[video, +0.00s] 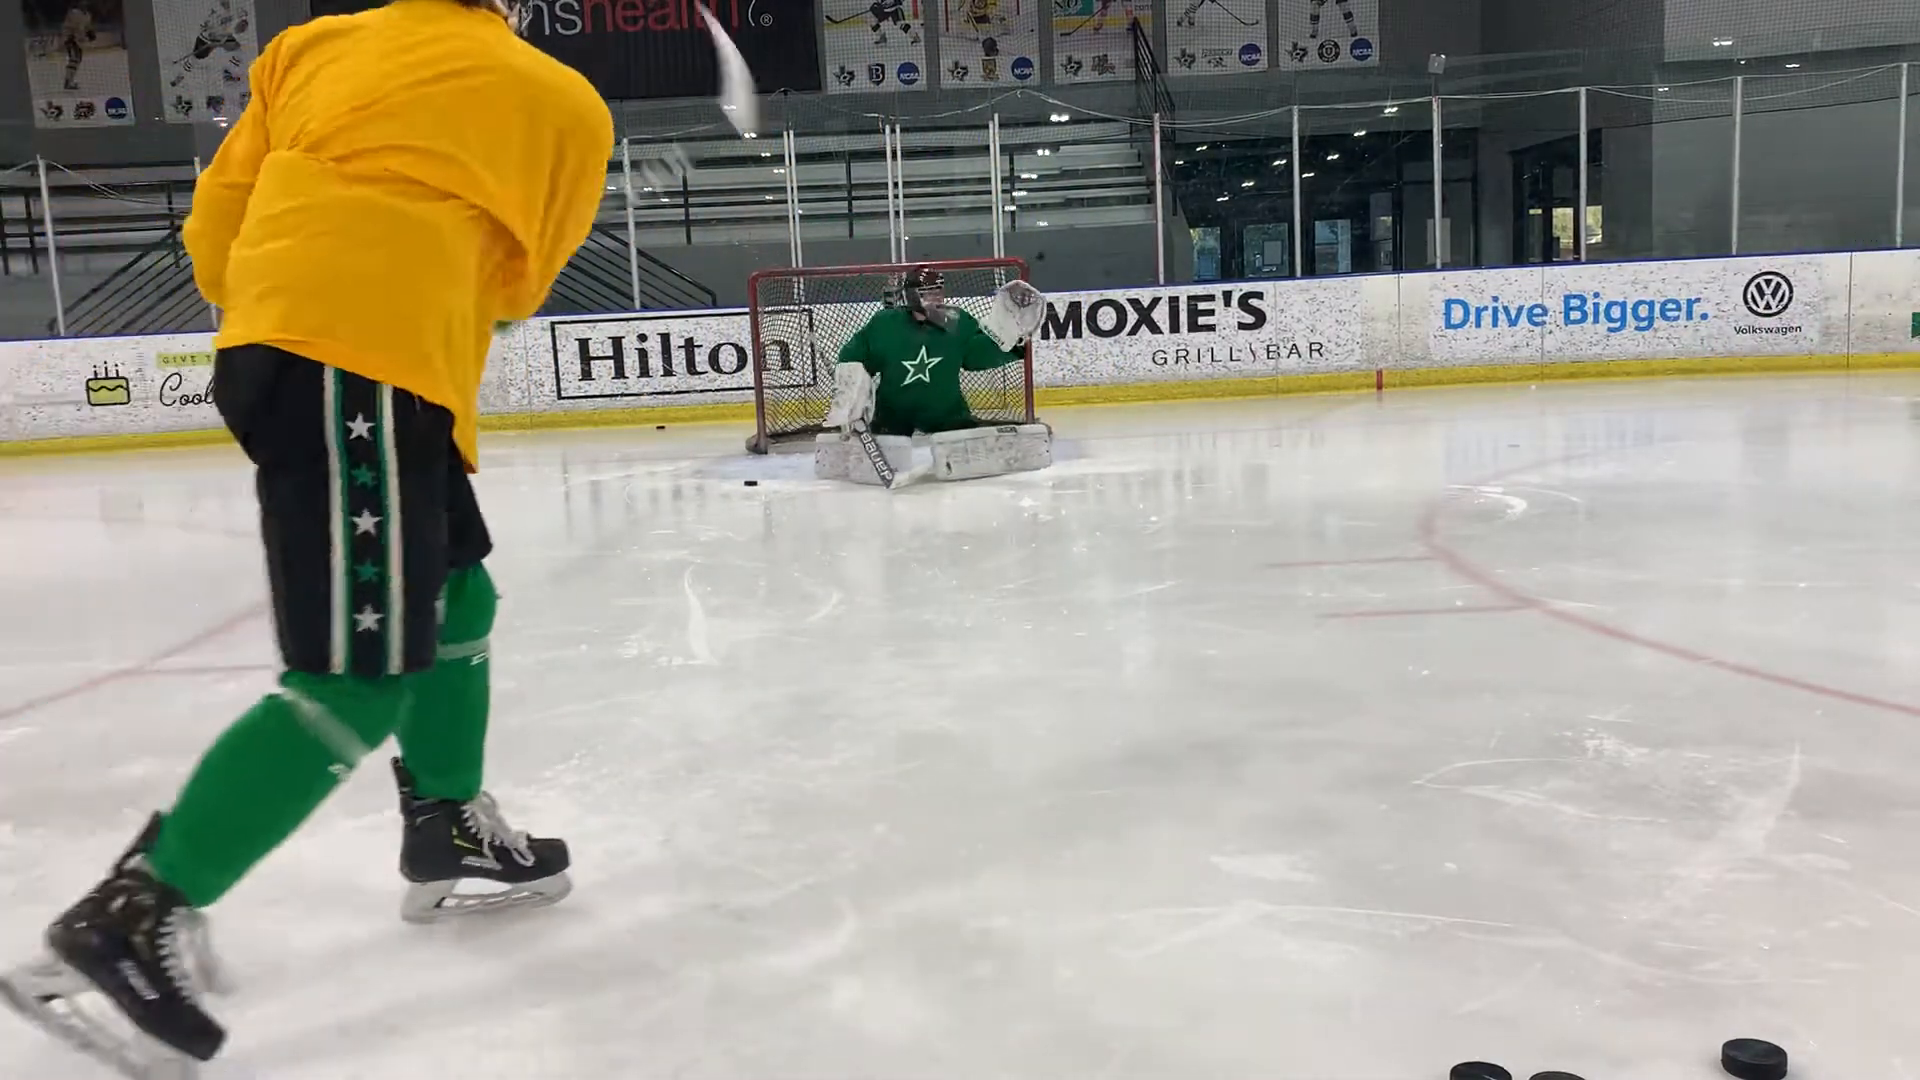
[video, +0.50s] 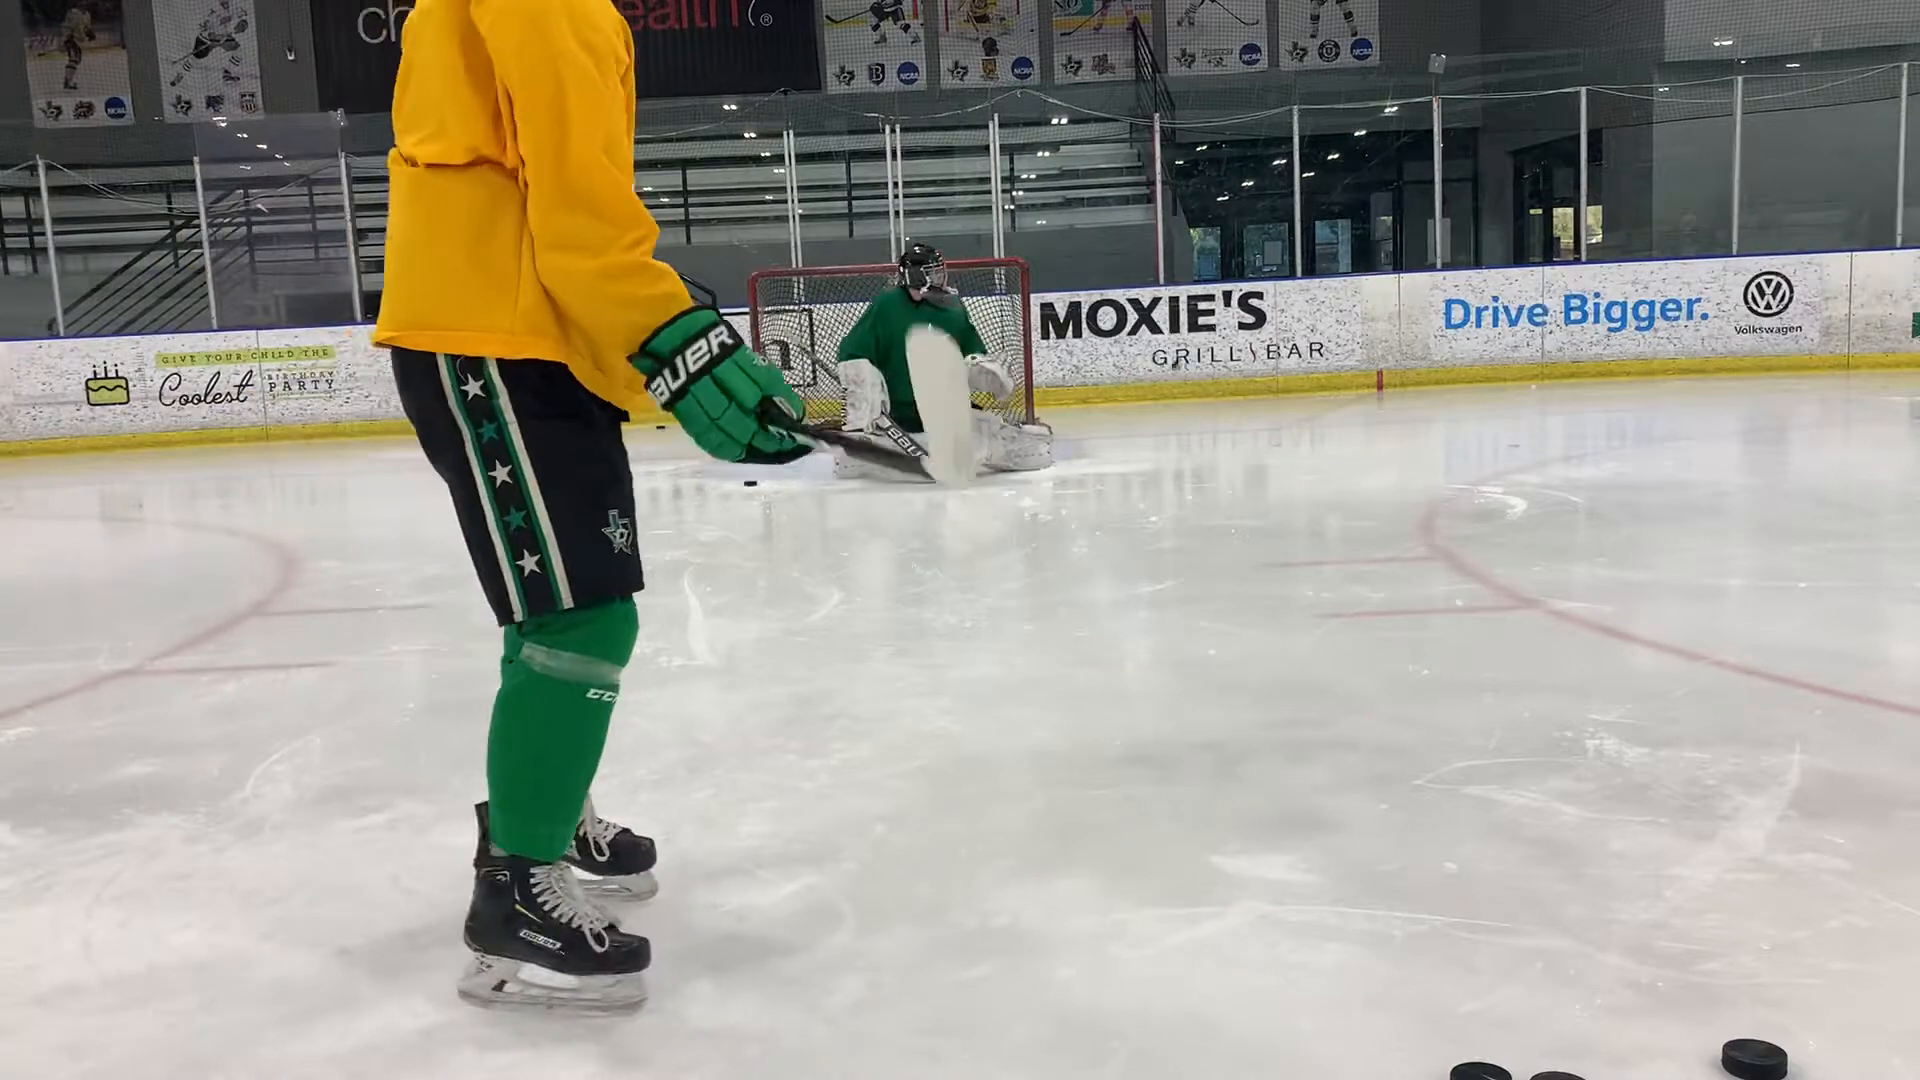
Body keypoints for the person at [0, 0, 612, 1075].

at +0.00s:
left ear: (401, 5)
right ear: (502, 14)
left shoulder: (312, 48)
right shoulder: (567, 97)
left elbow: (211, 219)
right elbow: (521, 282)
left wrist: (274, 329)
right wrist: (400, 311)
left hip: (269, 345)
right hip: (379, 357)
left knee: (456, 595)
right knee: (357, 681)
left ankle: (447, 825)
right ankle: (133, 913)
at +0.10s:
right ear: (520, 6)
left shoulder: (335, 40)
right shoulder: (565, 65)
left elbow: (243, 226)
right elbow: (584, 275)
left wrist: (315, 317)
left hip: (307, 345)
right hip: (407, 351)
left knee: (495, 583)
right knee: (454, 659)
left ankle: (476, 811)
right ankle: (249, 891)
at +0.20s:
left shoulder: (365, 29)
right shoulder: (574, 47)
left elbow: (291, 219)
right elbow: (599, 245)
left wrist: (365, 311)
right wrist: (647, 382)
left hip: (349, 338)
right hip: (441, 342)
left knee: (481, 606)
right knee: (521, 636)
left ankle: (480, 812)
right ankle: (349, 891)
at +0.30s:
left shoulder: (402, 22)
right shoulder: (569, 30)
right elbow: (588, 238)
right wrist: (651, 381)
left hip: (392, 326)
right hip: (462, 331)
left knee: (504, 606)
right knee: (559, 619)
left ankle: (483, 826)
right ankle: (445, 897)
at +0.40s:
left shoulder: (445, 16)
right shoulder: (563, 14)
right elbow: (580, 222)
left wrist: (658, 368)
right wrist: (682, 369)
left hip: (437, 320)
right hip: (474, 326)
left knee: (527, 602)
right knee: (571, 616)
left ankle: (510, 832)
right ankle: (496, 895)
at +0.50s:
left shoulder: (563, 15)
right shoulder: (538, 10)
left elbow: (579, 201)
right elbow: (575, 201)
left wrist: (693, 348)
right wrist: (685, 355)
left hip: (520, 324)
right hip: (485, 327)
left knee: (577, 610)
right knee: (580, 620)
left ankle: (538, 827)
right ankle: (518, 896)